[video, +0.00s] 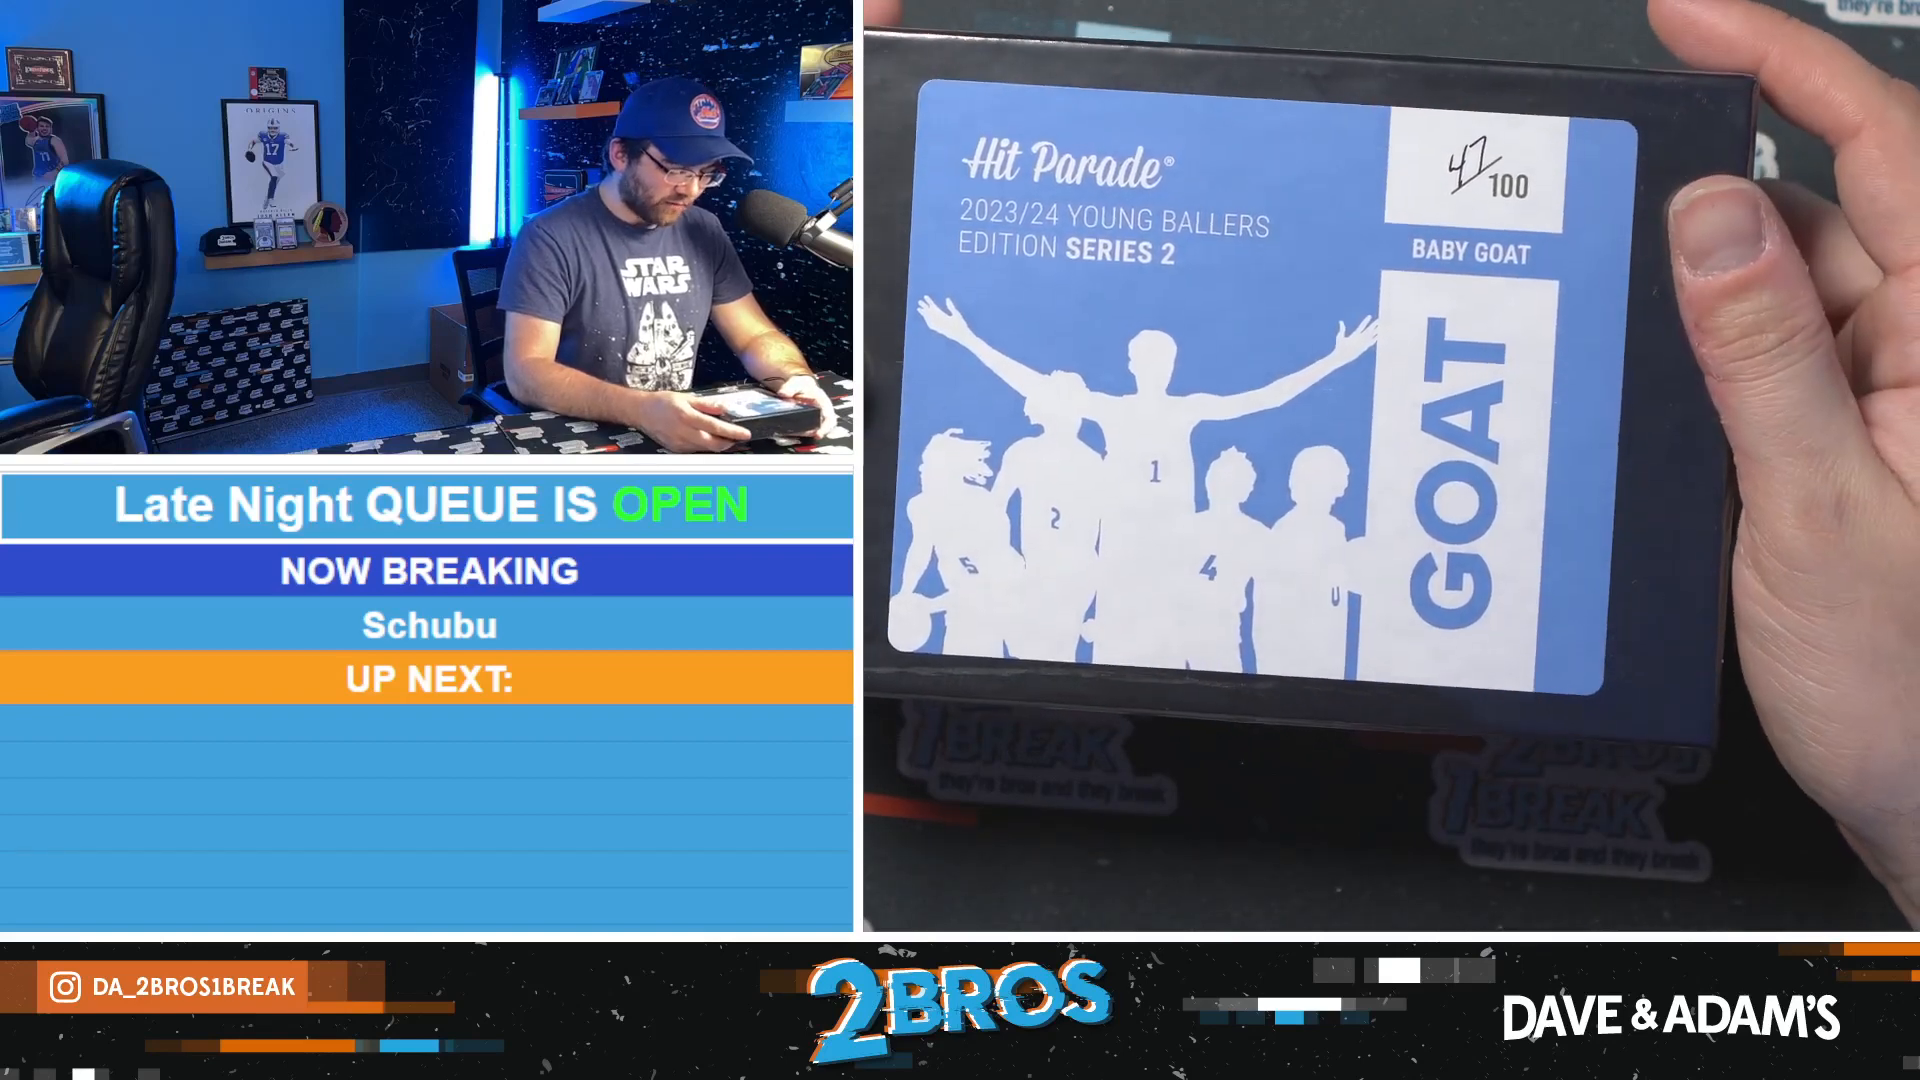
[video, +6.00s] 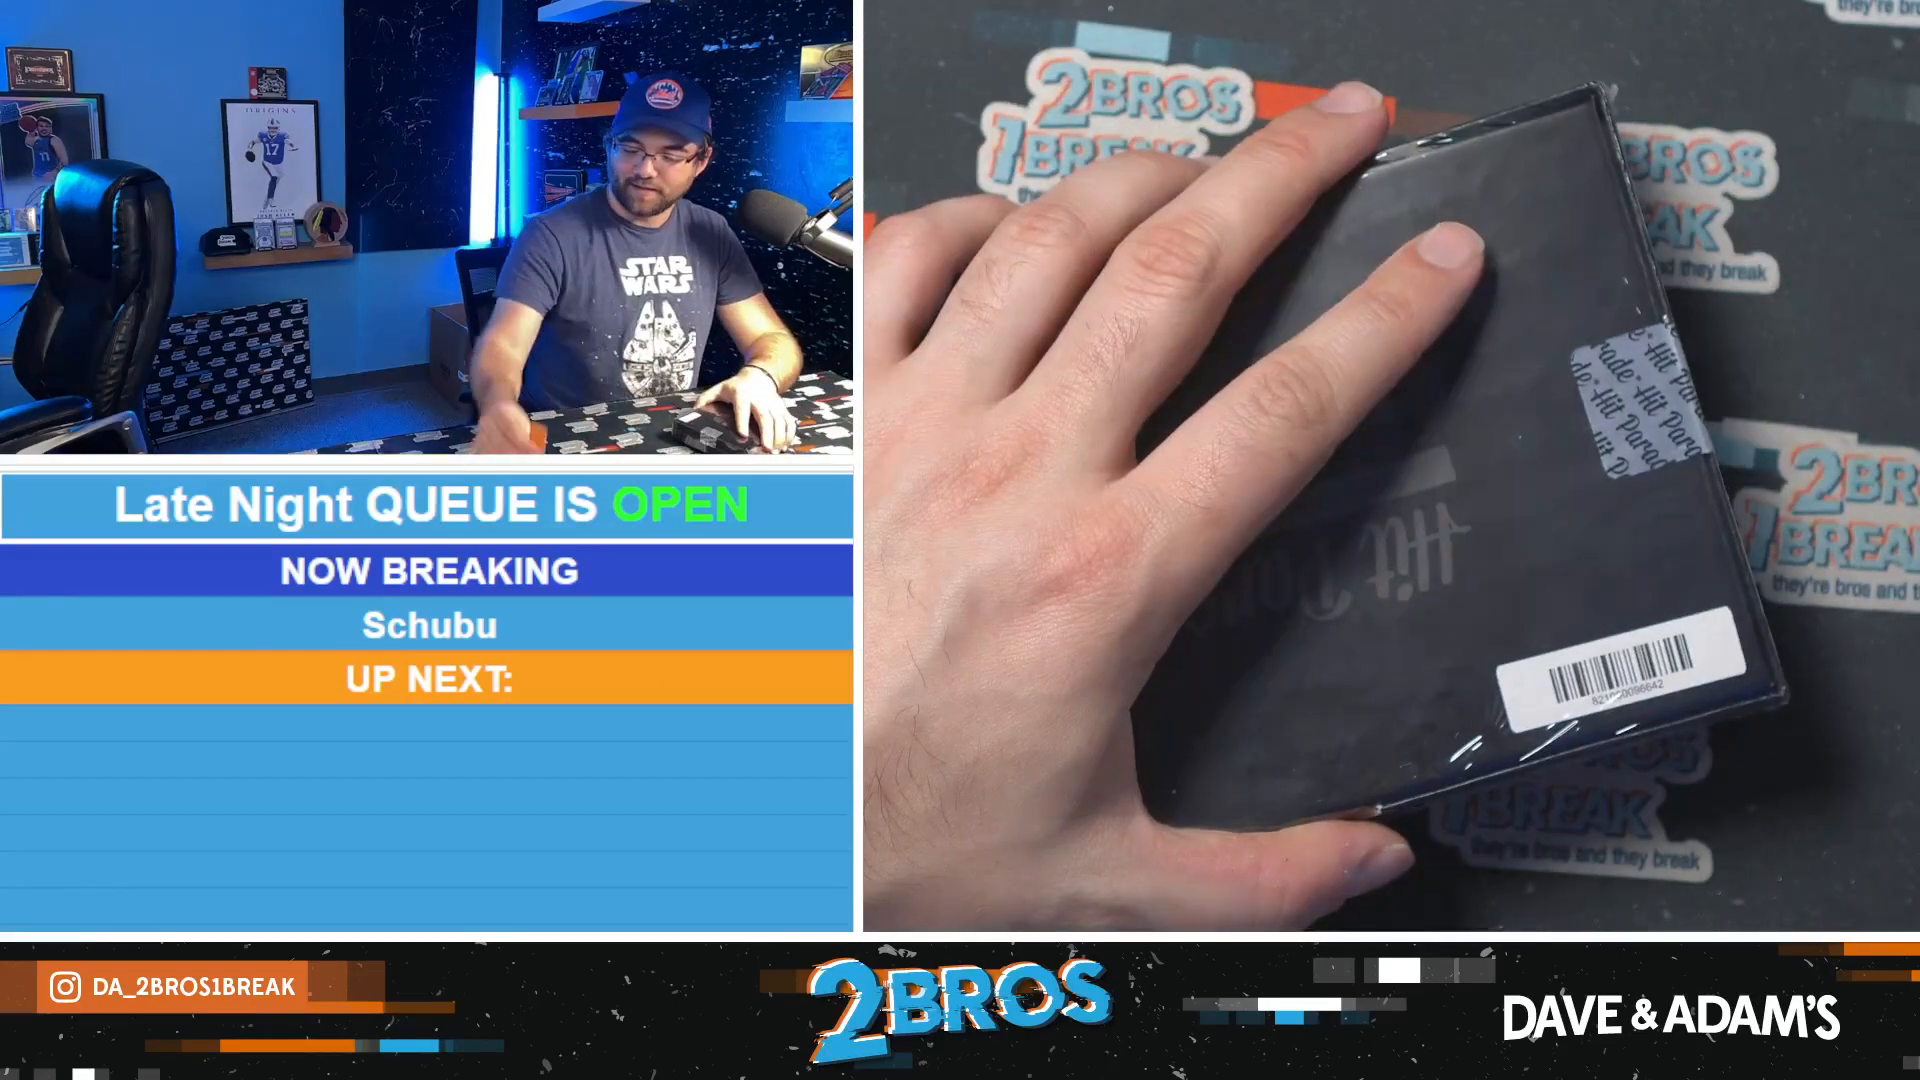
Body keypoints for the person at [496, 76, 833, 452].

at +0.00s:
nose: (689, 189)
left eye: (703, 172)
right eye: (673, 168)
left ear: (715, 169)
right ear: (619, 155)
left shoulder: (701, 231)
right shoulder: (551, 236)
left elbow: (754, 334)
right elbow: (526, 371)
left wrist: (793, 376)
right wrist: (643, 408)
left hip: (679, 456)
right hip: (576, 460)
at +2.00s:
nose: (686, 192)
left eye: (701, 175)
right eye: (670, 170)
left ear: (715, 171)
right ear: (618, 155)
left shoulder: (701, 232)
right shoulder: (553, 237)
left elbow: (756, 335)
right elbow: (528, 373)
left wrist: (795, 375)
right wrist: (641, 408)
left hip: (680, 460)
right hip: (576, 464)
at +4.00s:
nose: (689, 185)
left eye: (704, 169)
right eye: (673, 165)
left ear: (715, 169)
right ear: (620, 152)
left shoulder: (701, 232)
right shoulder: (552, 239)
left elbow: (755, 333)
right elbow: (527, 375)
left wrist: (797, 380)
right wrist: (641, 398)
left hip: (686, 457)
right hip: (581, 462)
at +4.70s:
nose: (659, 160)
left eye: (679, 145)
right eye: (642, 140)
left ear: (695, 157)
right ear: (605, 144)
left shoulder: (705, 231)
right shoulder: (552, 238)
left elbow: (757, 334)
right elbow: (523, 373)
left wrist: (793, 372)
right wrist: (612, 384)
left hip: (683, 449)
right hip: (577, 458)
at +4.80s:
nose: (648, 156)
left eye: (670, 141)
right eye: (631, 137)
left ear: (691, 155)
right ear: (602, 144)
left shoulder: (704, 230)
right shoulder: (548, 237)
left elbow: (762, 331)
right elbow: (515, 365)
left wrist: (795, 367)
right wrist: (565, 389)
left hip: (683, 456)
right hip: (580, 464)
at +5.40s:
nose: (604, 151)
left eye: (629, 137)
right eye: (599, 135)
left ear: (680, 153)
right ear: (590, 138)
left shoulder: (709, 233)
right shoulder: (551, 232)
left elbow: (775, 340)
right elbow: (520, 348)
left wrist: (753, 371)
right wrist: (535, 435)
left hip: (682, 448)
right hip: (582, 452)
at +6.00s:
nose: (645, 170)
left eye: (670, 155)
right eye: (631, 149)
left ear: (701, 161)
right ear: (610, 148)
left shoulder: (709, 236)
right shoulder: (550, 238)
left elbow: (772, 341)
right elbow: (499, 348)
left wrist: (760, 376)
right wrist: (496, 408)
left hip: (677, 455)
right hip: (568, 457)